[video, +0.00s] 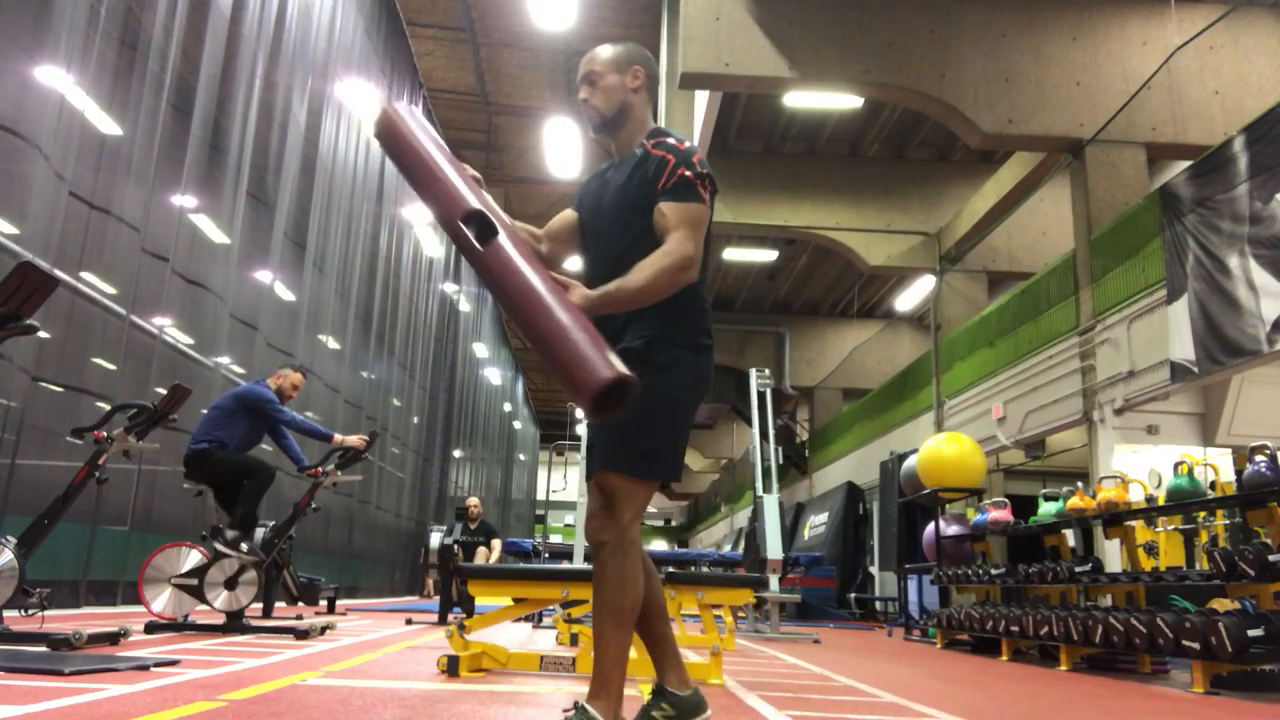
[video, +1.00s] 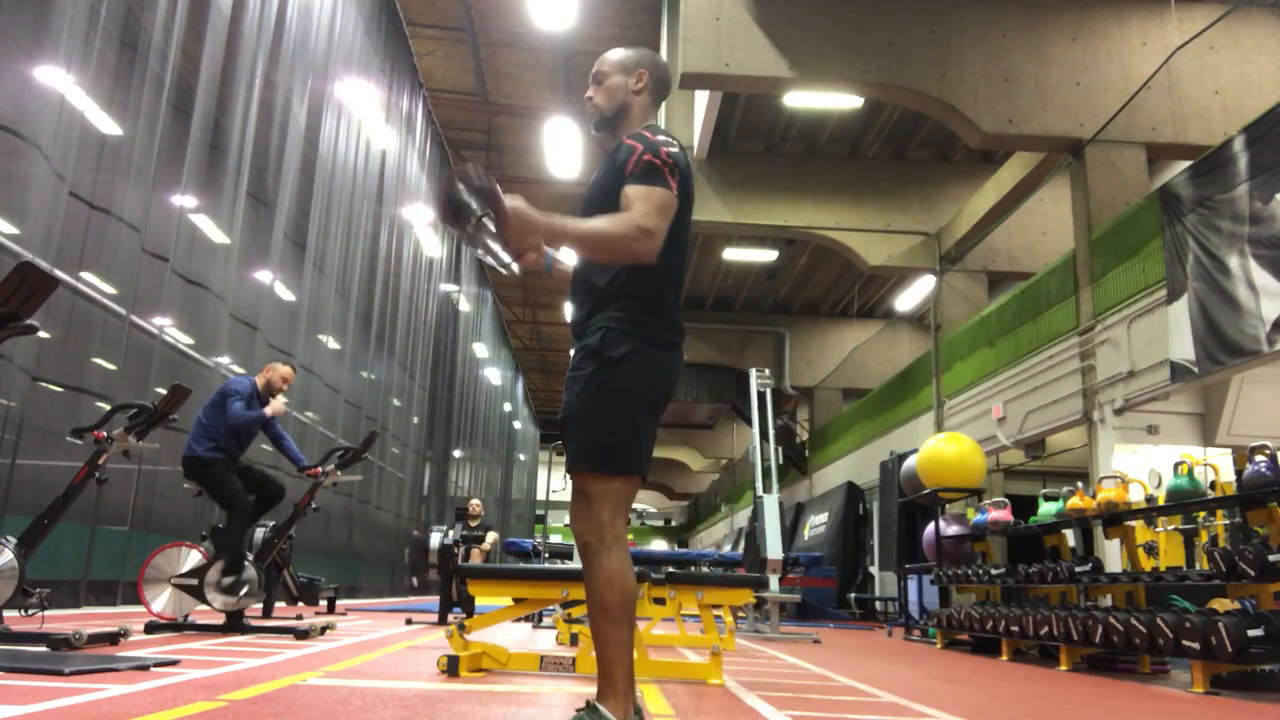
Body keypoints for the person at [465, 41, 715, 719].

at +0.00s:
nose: (581, 94)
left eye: (593, 79)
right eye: (579, 85)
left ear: (638, 82)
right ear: (592, 97)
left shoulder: (674, 157)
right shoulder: (598, 186)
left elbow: (684, 256)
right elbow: (545, 246)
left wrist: (594, 297)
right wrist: (485, 209)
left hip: (663, 359)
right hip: (619, 361)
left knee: (611, 521)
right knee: (611, 529)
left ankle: (602, 707)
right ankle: (679, 690)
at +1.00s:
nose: (588, 92)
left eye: (600, 79)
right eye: (589, 82)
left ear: (640, 84)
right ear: (626, 90)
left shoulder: (651, 146)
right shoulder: (624, 162)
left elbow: (644, 238)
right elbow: (601, 283)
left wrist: (538, 223)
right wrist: (536, 259)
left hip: (625, 354)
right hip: (610, 353)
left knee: (600, 525)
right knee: (597, 526)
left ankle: (617, 704)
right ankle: (616, 700)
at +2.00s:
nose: (583, 261)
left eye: (591, 246)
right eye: (578, 249)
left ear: (631, 236)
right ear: (579, 249)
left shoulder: (700, 303)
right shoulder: (593, 334)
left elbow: (766, 389)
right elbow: (567, 407)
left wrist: (778, 483)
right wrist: (556, 460)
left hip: (722, 470)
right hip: (668, 477)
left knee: (566, 525)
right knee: (700, 679)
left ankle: (609, 707)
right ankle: (837, 670)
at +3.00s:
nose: (597, 287)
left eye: (608, 271)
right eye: (594, 275)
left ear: (650, 264)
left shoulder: (715, 338)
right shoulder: (604, 359)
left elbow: (768, 439)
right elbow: (575, 429)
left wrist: (782, 539)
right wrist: (566, 502)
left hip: (728, 510)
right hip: (667, 524)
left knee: (574, 523)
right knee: (686, 708)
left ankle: (608, 706)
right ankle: (817, 671)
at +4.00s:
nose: (595, 96)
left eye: (603, 82)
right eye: (593, 87)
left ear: (644, 70)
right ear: (643, 76)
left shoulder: (656, 129)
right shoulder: (647, 138)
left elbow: (563, 196)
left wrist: (457, 204)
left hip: (650, 345)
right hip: (619, 339)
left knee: (601, 528)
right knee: (491, 397)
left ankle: (614, 707)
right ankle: (573, 529)